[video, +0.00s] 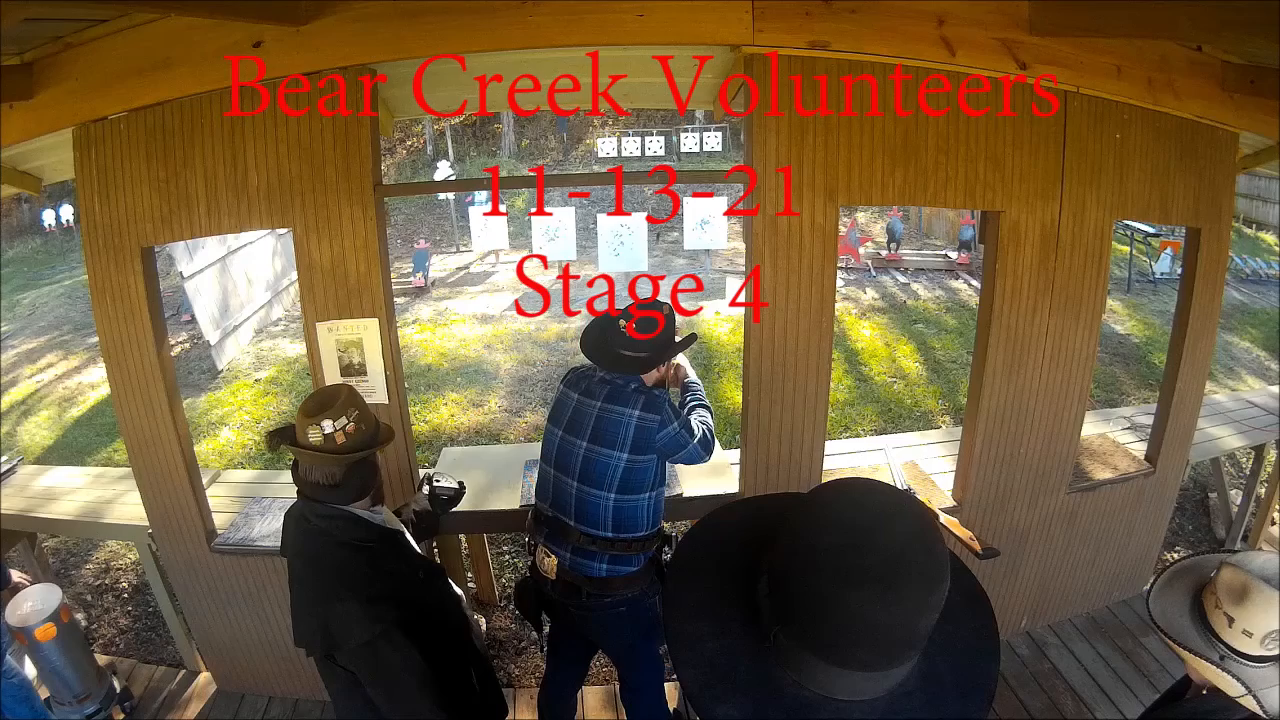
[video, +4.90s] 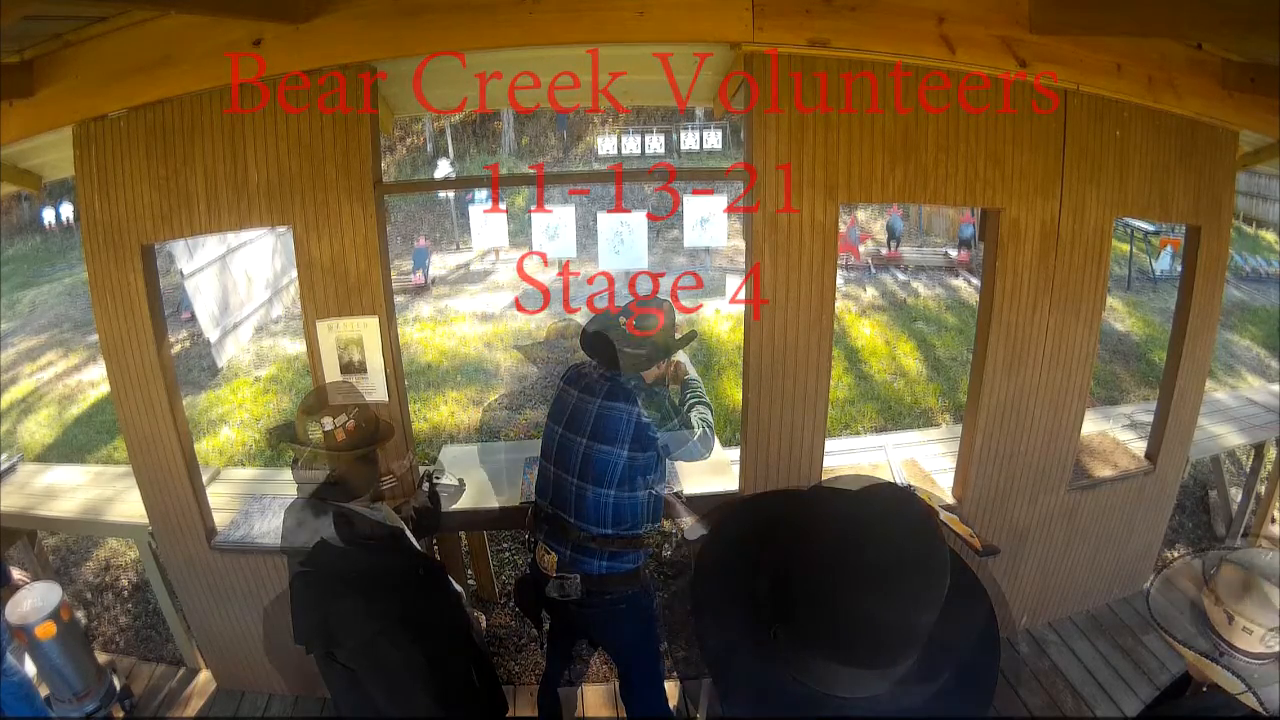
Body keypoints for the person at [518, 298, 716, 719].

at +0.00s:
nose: (669, 361)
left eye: (668, 354)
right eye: (666, 354)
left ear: (607, 350)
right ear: (651, 364)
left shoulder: (571, 384)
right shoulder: (653, 412)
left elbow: (615, 392)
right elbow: (701, 445)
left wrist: (652, 379)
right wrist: (690, 380)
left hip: (558, 579)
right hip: (620, 590)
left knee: (558, 686)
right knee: (645, 691)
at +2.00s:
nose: (668, 360)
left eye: (668, 353)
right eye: (666, 353)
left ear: (607, 349)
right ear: (652, 363)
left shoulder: (572, 383)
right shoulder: (653, 411)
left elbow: (615, 394)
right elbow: (701, 445)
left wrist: (651, 379)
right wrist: (691, 380)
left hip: (556, 576)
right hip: (618, 590)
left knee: (558, 682)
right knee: (644, 687)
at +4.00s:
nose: (667, 360)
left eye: (667, 353)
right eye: (665, 353)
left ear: (608, 347)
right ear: (652, 363)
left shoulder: (572, 381)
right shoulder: (652, 410)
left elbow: (616, 392)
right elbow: (701, 442)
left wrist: (651, 377)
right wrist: (690, 379)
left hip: (555, 576)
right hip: (618, 588)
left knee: (559, 678)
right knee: (645, 687)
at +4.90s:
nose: (668, 357)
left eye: (667, 351)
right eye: (665, 351)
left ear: (611, 346)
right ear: (650, 360)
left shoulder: (573, 381)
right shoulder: (640, 422)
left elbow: (618, 392)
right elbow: (702, 441)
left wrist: (649, 377)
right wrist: (689, 377)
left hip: (554, 577)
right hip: (614, 589)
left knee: (556, 681)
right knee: (646, 693)